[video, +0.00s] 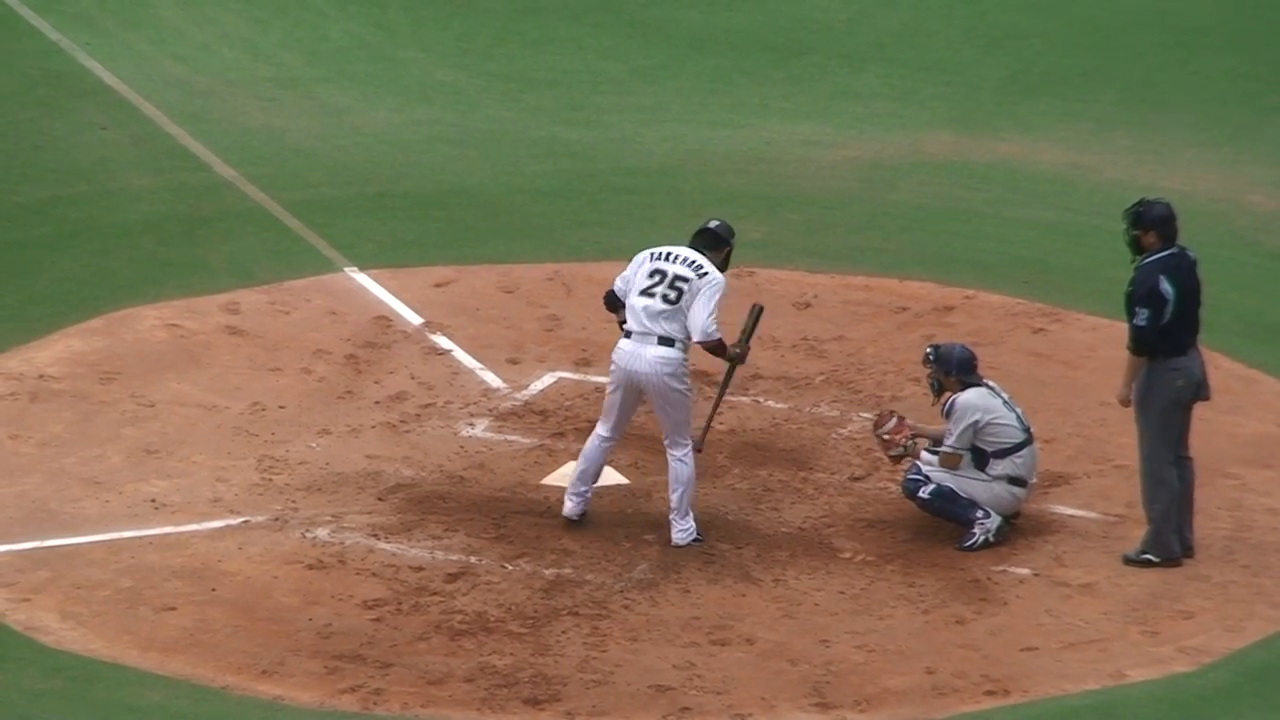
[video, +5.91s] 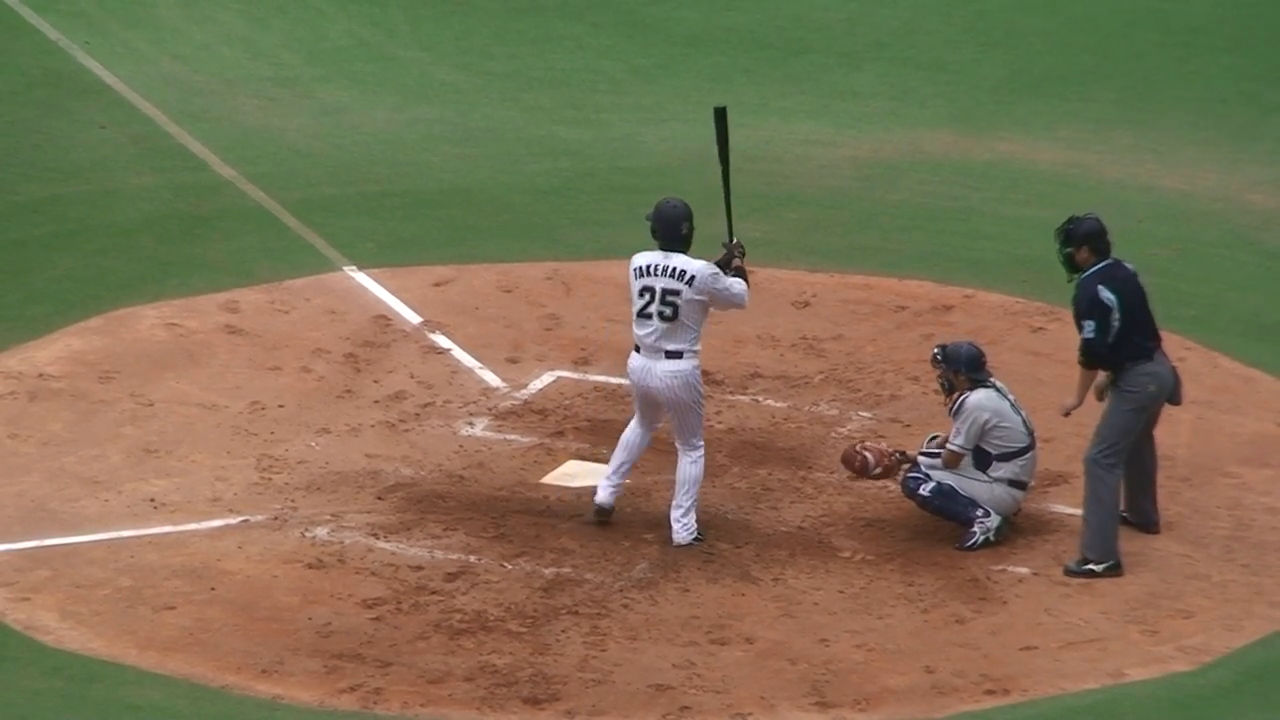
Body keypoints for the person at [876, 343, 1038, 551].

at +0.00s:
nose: (931, 375)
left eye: (936, 371)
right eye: (932, 370)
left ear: (951, 376)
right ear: (966, 373)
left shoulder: (966, 403)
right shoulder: (985, 387)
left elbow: (949, 463)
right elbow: (957, 436)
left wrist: (914, 451)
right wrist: (915, 429)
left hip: (1005, 493)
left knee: (915, 479)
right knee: (930, 454)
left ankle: (985, 520)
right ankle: (1003, 507)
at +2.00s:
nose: (940, 368)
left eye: (945, 363)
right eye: (941, 362)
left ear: (960, 371)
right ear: (976, 369)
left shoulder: (970, 401)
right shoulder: (993, 387)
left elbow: (949, 461)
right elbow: (967, 436)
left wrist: (910, 453)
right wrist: (925, 432)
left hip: (1004, 492)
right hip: (1019, 483)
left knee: (914, 477)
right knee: (929, 452)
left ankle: (984, 519)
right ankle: (1002, 506)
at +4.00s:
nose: (941, 362)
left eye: (947, 359)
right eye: (943, 356)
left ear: (961, 367)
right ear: (975, 366)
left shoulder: (972, 398)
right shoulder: (991, 384)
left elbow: (949, 457)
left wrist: (906, 459)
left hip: (1000, 489)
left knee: (912, 479)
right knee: (931, 444)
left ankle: (982, 517)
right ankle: (998, 503)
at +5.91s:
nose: (940, 376)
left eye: (944, 371)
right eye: (941, 370)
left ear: (960, 375)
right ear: (976, 371)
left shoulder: (974, 403)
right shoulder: (993, 387)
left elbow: (950, 462)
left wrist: (909, 457)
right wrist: (947, 440)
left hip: (1003, 493)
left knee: (914, 480)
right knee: (933, 442)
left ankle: (983, 519)